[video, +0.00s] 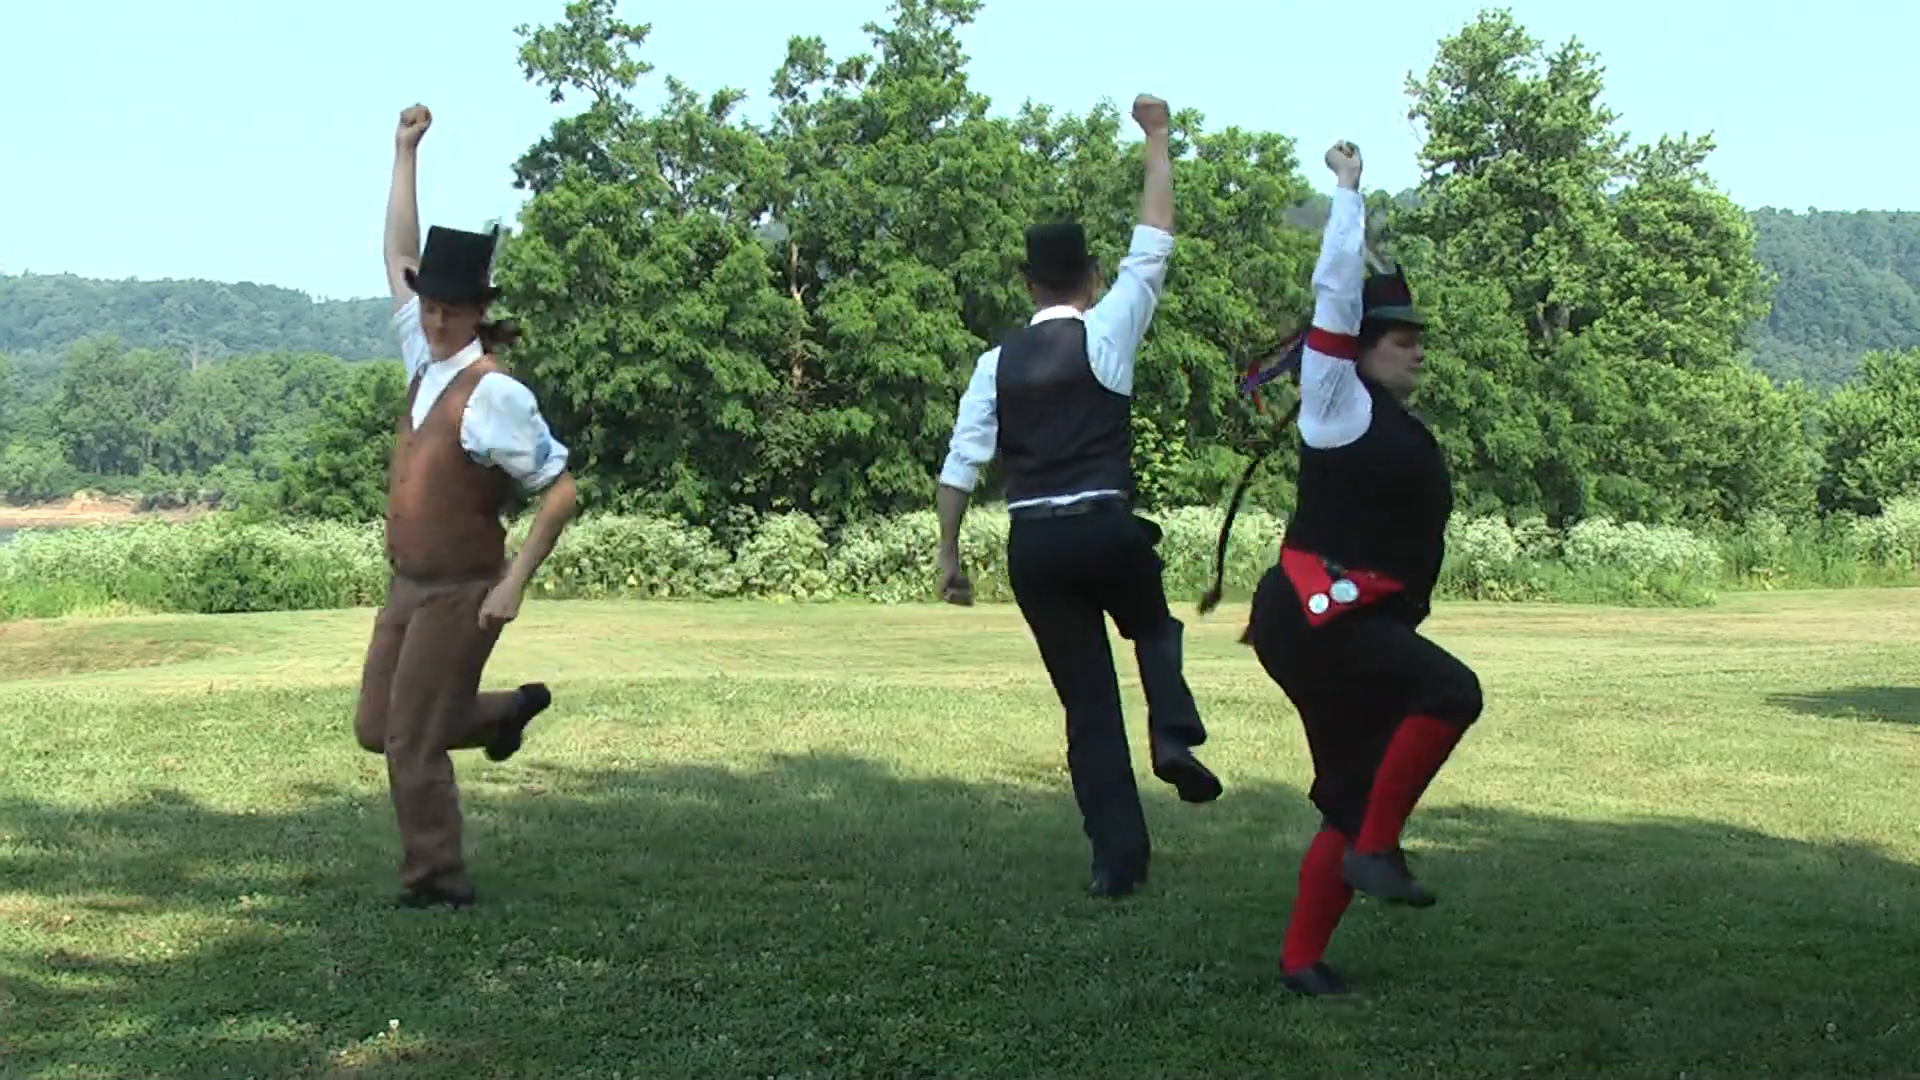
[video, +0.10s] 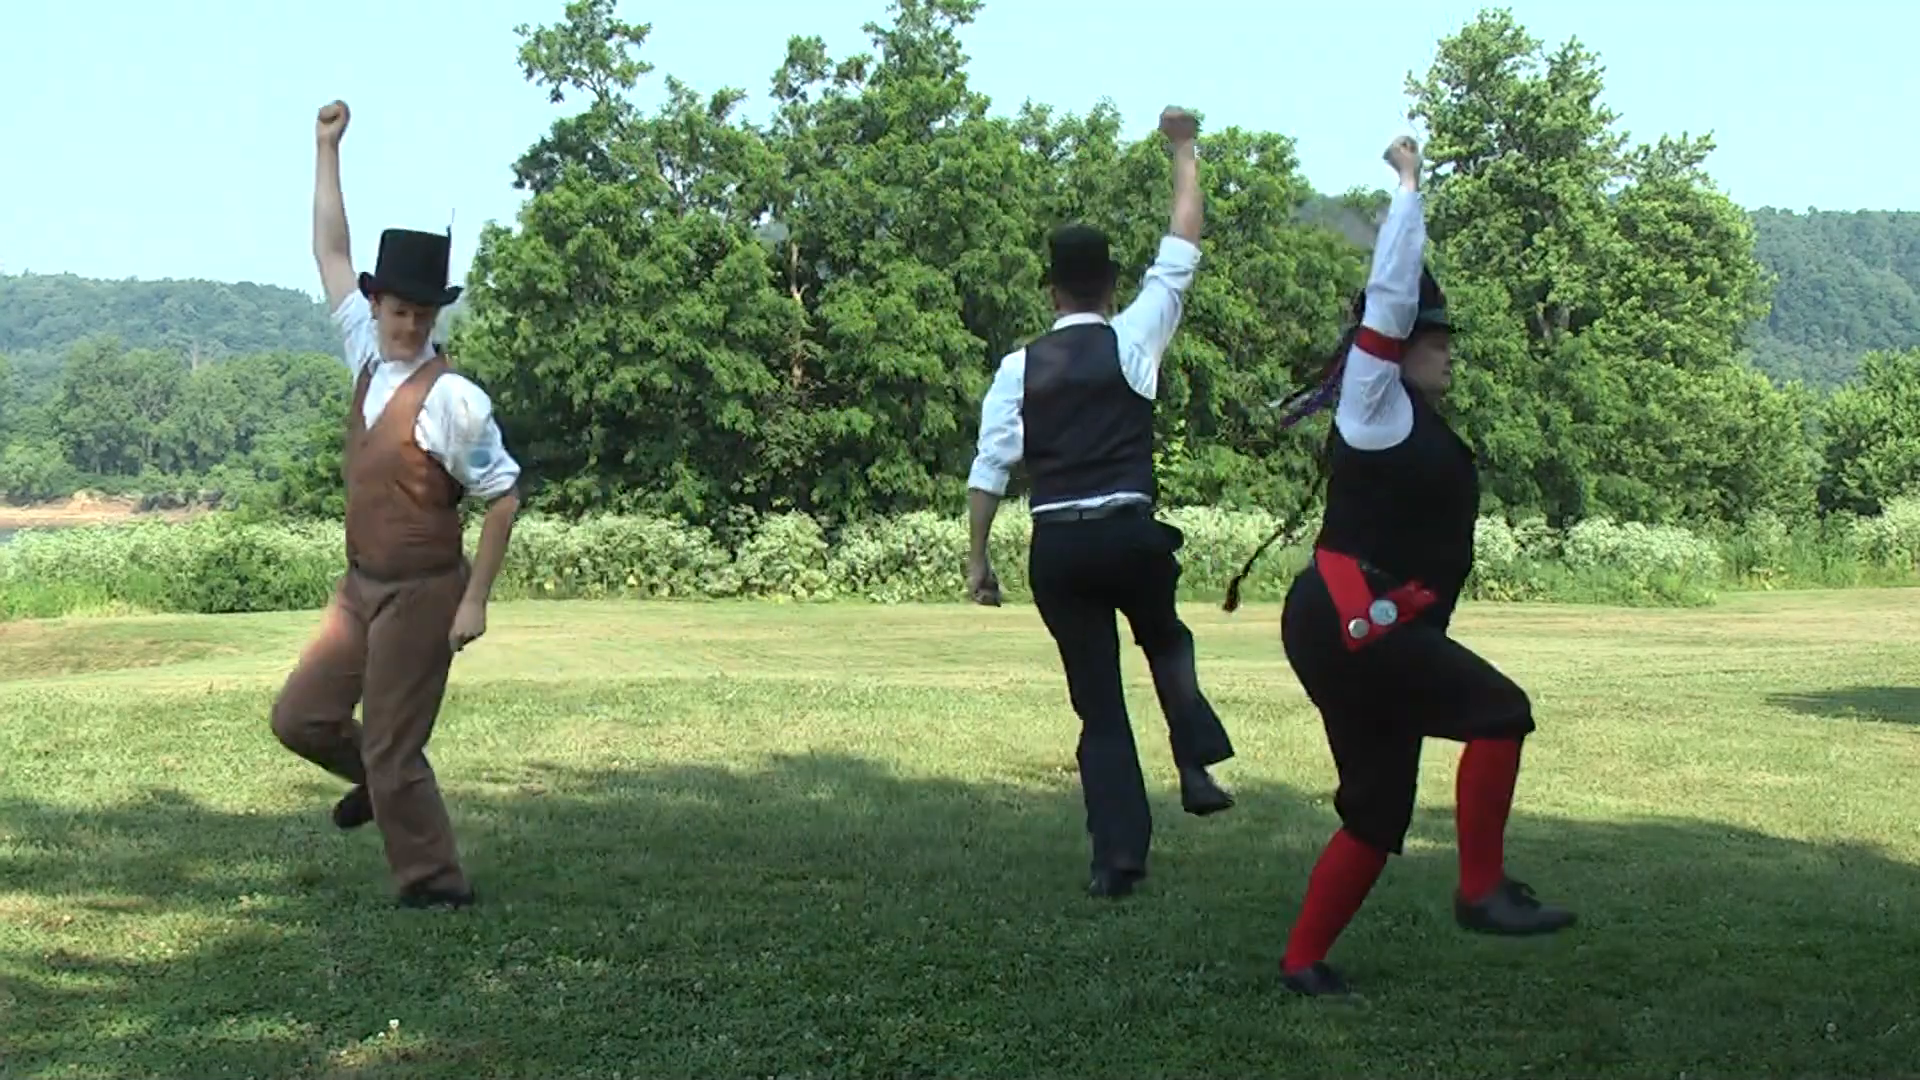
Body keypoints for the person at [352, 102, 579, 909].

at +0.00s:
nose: (427, 319)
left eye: (439, 309)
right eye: (425, 305)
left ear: (469, 313)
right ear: (425, 304)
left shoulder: (498, 396)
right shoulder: (428, 361)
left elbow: (562, 492)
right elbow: (402, 261)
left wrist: (515, 580)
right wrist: (404, 152)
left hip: (459, 595)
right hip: (405, 586)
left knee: (417, 742)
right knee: (376, 725)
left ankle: (438, 881)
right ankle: (504, 714)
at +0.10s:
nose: (405, 324)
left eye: (419, 312)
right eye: (395, 309)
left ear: (437, 315)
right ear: (373, 304)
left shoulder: (456, 401)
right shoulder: (366, 357)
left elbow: (504, 494)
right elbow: (332, 252)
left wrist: (476, 595)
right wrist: (327, 149)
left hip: (419, 597)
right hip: (359, 589)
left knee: (391, 755)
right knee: (298, 718)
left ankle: (439, 884)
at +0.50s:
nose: (237, 300)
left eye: (243, 288)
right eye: (225, 284)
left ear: (244, 294)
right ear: (178, 284)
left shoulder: (271, 377)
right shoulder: (133, 350)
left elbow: (303, 474)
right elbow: (68, 253)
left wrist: (300, 567)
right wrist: (66, 142)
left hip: (243, 588)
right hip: (150, 582)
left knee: (204, 748)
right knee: (125, 721)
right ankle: (121, 896)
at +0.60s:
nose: (226, 253)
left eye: (233, 240)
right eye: (212, 239)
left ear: (237, 248)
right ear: (168, 241)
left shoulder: (252, 334)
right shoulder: (116, 308)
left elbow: (265, 442)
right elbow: (51, 204)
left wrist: (268, 523)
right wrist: (17, 92)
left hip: (224, 535)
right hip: (129, 533)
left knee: (178, 680)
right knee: (122, 712)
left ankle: (189, 704)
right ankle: (117, 888)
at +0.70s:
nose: (220, 237)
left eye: (225, 225)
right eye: (208, 223)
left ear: (216, 231)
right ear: (161, 219)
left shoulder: (222, 309)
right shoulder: (104, 279)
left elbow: (223, 419)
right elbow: (49, 170)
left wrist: (239, 501)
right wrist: (18, 54)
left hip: (208, 509)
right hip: (114, 508)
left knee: (172, 650)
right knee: (91, 697)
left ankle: (146, 675)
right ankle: (81, 854)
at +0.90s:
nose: (198, 290)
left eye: (202, 276)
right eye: (187, 272)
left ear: (179, 280)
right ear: (136, 271)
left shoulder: (188, 377)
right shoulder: (76, 349)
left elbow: (178, 485)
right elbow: (7, 301)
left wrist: (233, 538)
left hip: (165, 578)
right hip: (73, 577)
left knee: (164, 707)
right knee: (54, 760)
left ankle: (87, 747)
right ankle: (11, 921)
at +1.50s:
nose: (412, 254)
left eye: (409, 240)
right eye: (397, 240)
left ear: (371, 253)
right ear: (352, 251)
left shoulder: (375, 322)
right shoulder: (322, 336)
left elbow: (414, 222)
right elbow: (270, 454)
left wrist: (414, 118)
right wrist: (311, 561)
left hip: (362, 575)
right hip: (320, 573)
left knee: (339, 771)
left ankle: (259, 952)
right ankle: (203, 795)